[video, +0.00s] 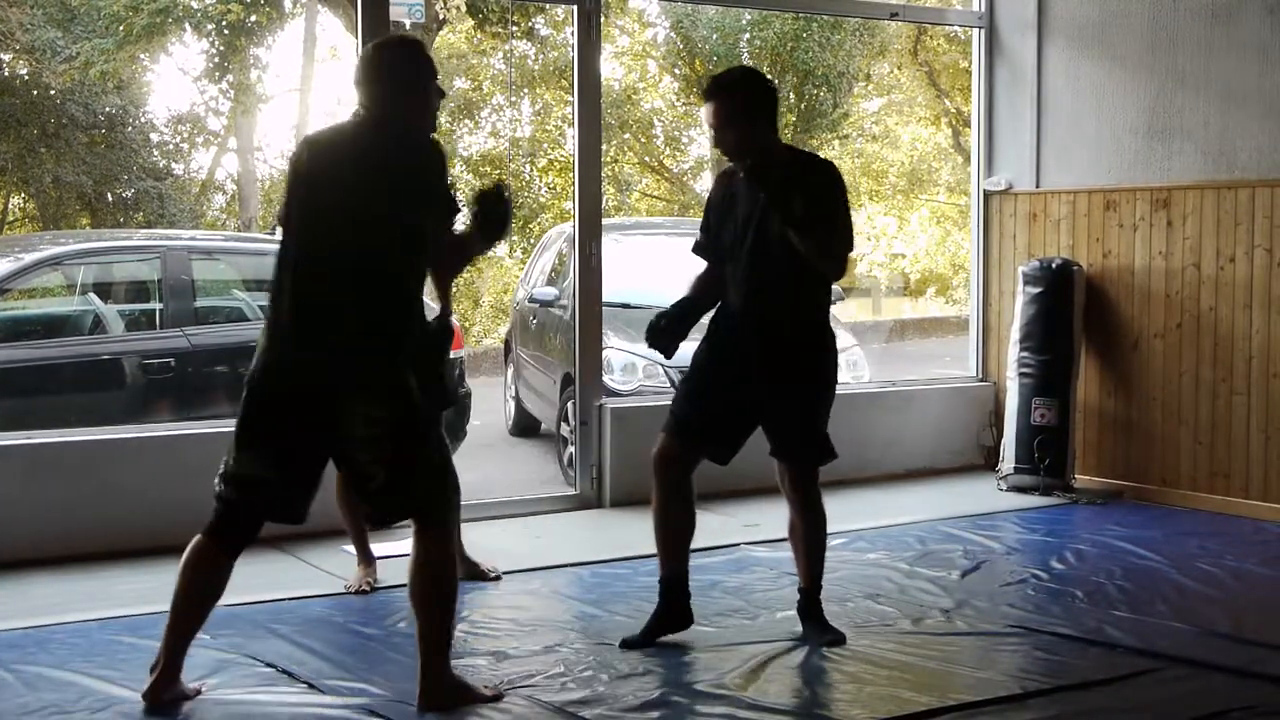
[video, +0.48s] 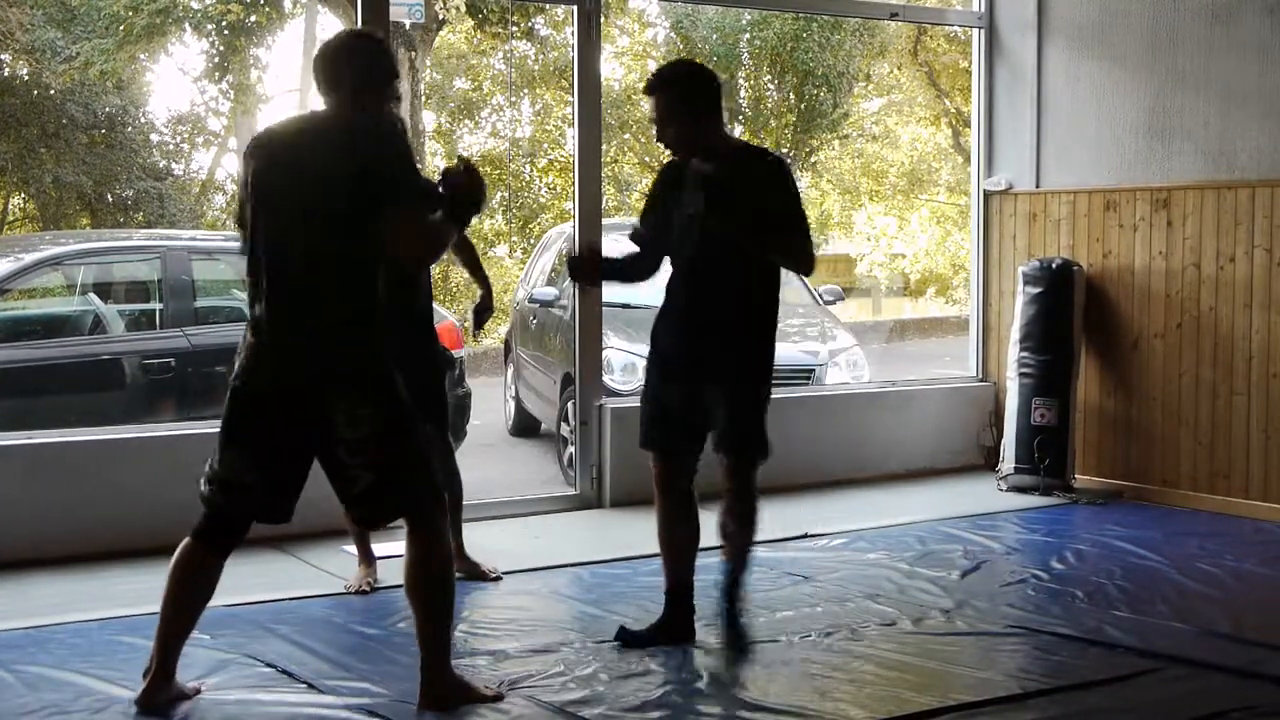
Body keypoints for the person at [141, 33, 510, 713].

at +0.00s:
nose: (439, 100)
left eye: (436, 87)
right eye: (433, 88)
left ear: (364, 87)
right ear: (412, 91)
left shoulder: (313, 150)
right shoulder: (420, 156)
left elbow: (298, 247)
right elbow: (441, 266)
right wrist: (483, 230)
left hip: (289, 368)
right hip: (376, 374)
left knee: (230, 521)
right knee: (437, 510)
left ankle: (164, 673)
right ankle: (436, 680)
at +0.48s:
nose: (396, 94)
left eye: (395, 83)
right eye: (392, 83)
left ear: (324, 81)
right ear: (375, 83)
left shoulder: (269, 144)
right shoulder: (382, 137)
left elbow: (260, 248)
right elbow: (414, 253)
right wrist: (459, 207)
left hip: (273, 362)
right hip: (366, 363)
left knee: (218, 522)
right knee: (428, 512)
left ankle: (158, 677)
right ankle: (438, 678)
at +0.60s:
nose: (388, 104)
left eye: (384, 93)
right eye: (384, 92)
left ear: (312, 92)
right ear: (370, 93)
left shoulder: (258, 157)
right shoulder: (380, 150)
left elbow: (223, 250)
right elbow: (417, 250)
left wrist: (300, 224)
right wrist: (457, 212)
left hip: (272, 378)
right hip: (368, 376)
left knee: (223, 524)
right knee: (439, 509)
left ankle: (162, 667)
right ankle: (443, 675)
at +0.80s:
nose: (327, 118)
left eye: (327, 106)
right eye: (326, 105)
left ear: (265, 94)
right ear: (310, 102)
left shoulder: (198, 153)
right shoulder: (302, 161)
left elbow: (171, 240)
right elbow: (336, 252)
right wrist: (386, 224)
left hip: (201, 376)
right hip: (283, 376)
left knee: (200, 530)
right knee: (356, 521)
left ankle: (165, 683)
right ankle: (414, 675)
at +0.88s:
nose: (310, 110)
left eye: (310, 97)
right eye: (310, 97)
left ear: (249, 80)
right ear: (294, 92)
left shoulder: (175, 133)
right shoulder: (280, 152)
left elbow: (145, 228)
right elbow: (324, 244)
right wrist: (364, 199)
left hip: (148, 348)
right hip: (224, 353)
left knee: (156, 510)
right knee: (289, 495)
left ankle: (151, 671)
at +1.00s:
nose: (278, 107)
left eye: (280, 96)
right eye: (278, 95)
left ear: (220, 78)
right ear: (263, 90)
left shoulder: (144, 127)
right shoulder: (258, 157)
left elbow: (105, 218)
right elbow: (298, 234)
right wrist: (359, 193)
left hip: (89, 330)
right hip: (164, 343)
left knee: (75, 463)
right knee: (165, 516)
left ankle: (57, 549)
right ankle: (64, 676)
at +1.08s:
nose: (260, 115)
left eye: (260, 103)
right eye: (258, 102)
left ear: (199, 89)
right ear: (240, 101)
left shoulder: (121, 135)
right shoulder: (231, 167)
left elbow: (78, 220)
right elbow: (258, 260)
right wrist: (307, 247)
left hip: (48, 350)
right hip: (125, 369)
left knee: (5, 509)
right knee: (146, 529)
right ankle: (59, 684)